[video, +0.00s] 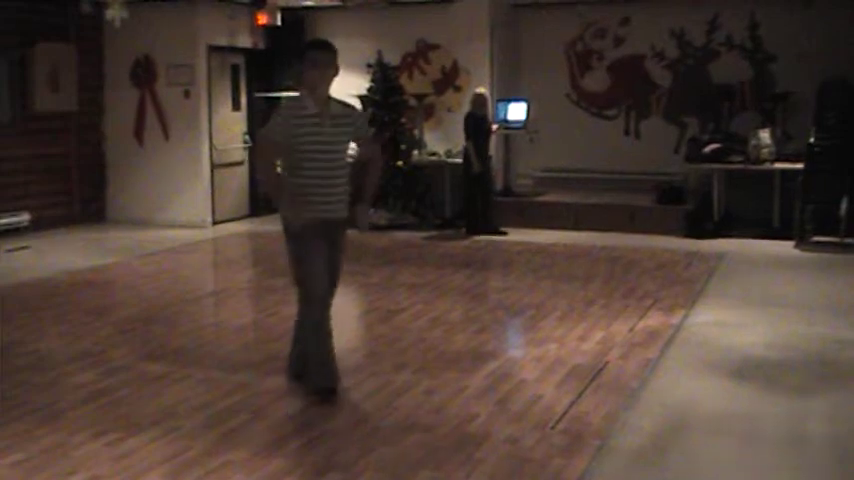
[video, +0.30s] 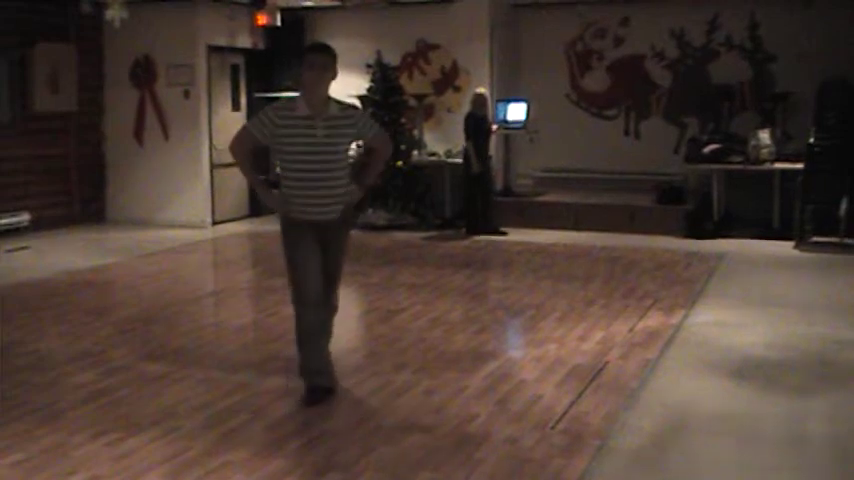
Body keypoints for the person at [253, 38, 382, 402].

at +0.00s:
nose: (321, 74)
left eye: (328, 67)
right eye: (315, 66)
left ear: (337, 71)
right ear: (303, 71)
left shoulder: (348, 115)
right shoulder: (289, 114)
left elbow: (372, 154)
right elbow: (262, 158)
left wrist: (363, 201)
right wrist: (282, 197)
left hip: (336, 216)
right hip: (301, 216)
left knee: (323, 292)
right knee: (315, 293)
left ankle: (300, 361)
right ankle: (323, 379)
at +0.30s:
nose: (316, 75)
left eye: (324, 69)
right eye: (310, 68)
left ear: (334, 74)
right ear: (300, 72)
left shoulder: (350, 116)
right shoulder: (278, 115)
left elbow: (384, 147)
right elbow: (238, 146)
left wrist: (362, 186)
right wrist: (263, 189)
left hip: (337, 218)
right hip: (297, 218)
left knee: (327, 294)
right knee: (309, 297)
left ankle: (317, 361)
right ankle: (317, 380)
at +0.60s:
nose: (312, 76)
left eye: (319, 70)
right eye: (307, 69)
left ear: (331, 74)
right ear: (297, 73)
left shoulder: (347, 115)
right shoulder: (277, 115)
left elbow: (383, 145)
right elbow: (238, 147)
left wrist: (360, 182)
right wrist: (265, 190)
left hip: (336, 217)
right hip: (296, 217)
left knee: (327, 295)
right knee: (308, 297)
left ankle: (315, 356)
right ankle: (317, 379)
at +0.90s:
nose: (312, 75)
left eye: (319, 68)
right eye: (306, 68)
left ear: (331, 74)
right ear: (296, 73)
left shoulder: (346, 115)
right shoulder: (277, 114)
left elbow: (382, 144)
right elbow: (237, 146)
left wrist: (362, 182)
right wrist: (263, 190)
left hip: (336, 217)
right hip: (297, 217)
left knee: (326, 296)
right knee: (308, 298)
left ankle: (315, 359)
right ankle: (317, 379)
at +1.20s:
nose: (311, 75)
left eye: (318, 68)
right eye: (305, 67)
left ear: (330, 74)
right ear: (296, 73)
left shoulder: (345, 115)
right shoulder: (277, 114)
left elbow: (382, 144)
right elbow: (238, 148)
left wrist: (360, 184)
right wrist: (264, 191)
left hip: (336, 217)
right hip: (297, 216)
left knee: (327, 297)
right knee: (309, 297)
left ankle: (314, 361)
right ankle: (318, 379)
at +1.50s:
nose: (310, 77)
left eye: (318, 70)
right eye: (305, 69)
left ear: (329, 74)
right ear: (296, 74)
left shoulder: (346, 115)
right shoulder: (278, 116)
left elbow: (381, 145)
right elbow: (240, 151)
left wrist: (359, 184)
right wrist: (262, 194)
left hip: (336, 218)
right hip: (297, 217)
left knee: (327, 297)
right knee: (309, 297)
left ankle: (315, 362)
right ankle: (318, 379)